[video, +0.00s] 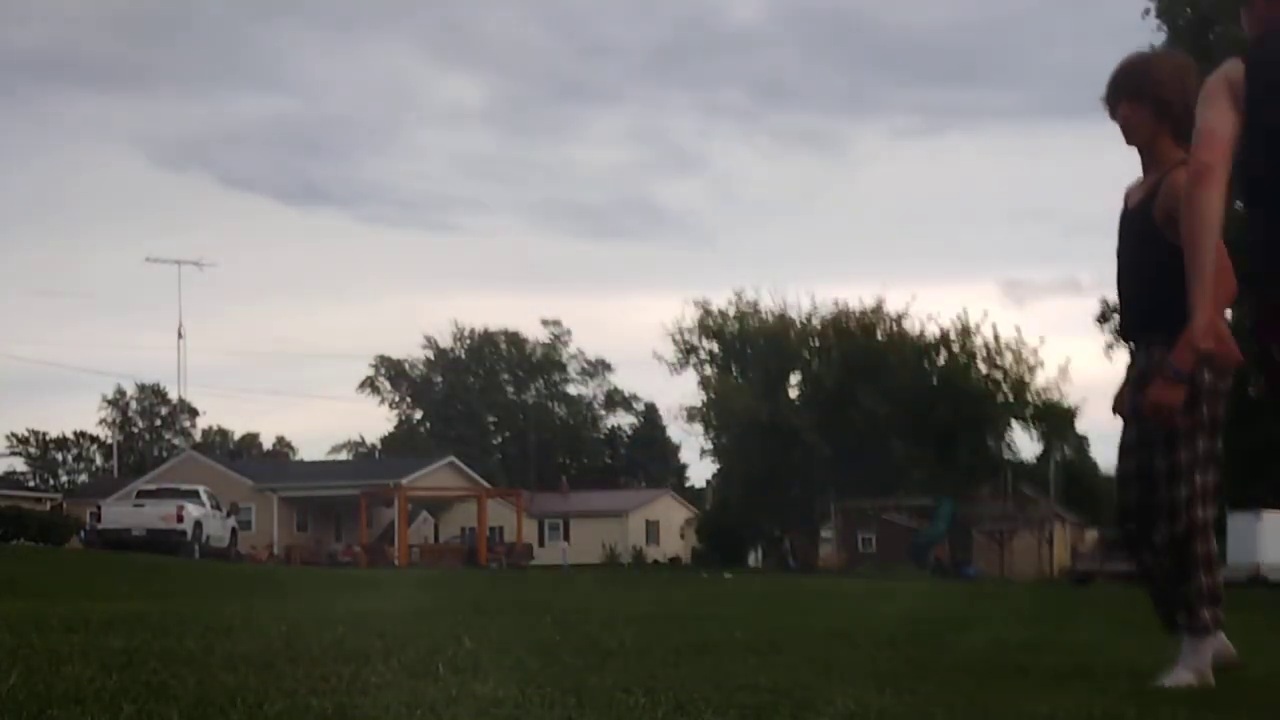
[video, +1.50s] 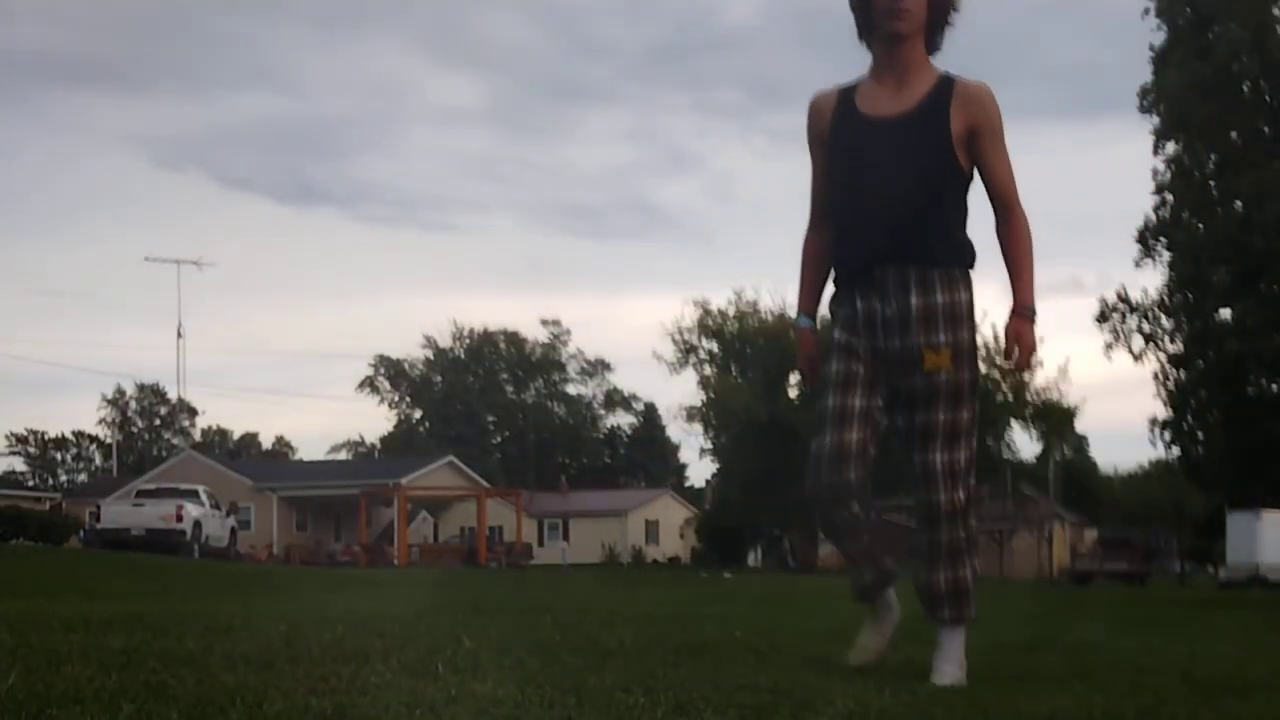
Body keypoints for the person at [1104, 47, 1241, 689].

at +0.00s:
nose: (1117, 123)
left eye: (1123, 111)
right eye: (1115, 112)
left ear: (1155, 108)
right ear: (1141, 111)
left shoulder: (1185, 185)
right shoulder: (1138, 193)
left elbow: (1220, 283)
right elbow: (1150, 290)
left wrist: (1178, 367)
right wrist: (1135, 369)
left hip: (1192, 359)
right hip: (1150, 360)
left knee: (1186, 499)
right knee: (1146, 502)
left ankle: (1198, 648)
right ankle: (1202, 633)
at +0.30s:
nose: (1129, 97)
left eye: (1144, 89)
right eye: (1119, 88)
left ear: (1167, 107)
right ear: (1105, 105)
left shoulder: (1168, 172)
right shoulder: (1108, 191)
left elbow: (1209, 264)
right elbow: (1123, 294)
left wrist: (1159, 348)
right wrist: (1097, 369)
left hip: (1174, 354)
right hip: (1120, 360)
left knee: (1183, 499)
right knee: (1074, 500)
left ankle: (1199, 656)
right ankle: (1124, 636)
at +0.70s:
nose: (1027, 82)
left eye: (1039, 71)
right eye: (1013, 78)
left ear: (1067, 86)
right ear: (1000, 103)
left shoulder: (1104, 164)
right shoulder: (1000, 196)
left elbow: (1167, 254)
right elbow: (1012, 290)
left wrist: (1202, 350)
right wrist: (1003, 370)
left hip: (1097, 354)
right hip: (1027, 360)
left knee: (1114, 502)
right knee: (1008, 507)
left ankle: (1178, 636)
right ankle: (1037, 657)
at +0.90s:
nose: (987, 58)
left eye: (999, 46)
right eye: (973, 53)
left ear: (1026, 59)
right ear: (960, 74)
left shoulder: (1071, 141)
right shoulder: (952, 172)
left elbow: (1128, 231)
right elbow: (951, 272)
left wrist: (1145, 328)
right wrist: (919, 356)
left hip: (1059, 331)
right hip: (993, 339)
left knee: (1038, 477)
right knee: (997, 493)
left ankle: (1082, 595)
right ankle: (1032, 646)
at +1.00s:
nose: (974, 53)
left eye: (986, 40)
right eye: (960, 46)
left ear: (1012, 54)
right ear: (945, 68)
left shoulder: (1056, 139)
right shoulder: (932, 162)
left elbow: (1104, 234)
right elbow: (921, 265)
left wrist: (1109, 327)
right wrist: (879, 334)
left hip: (1041, 327)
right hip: (973, 336)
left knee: (1017, 474)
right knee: (987, 486)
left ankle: (1019, 627)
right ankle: (1032, 641)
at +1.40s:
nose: (916, 9)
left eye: (930, 0)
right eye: (904, 2)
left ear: (955, 16)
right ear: (887, 18)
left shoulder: (989, 111)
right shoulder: (853, 118)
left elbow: (1026, 225)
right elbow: (842, 228)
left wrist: (1032, 326)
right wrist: (819, 319)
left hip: (957, 310)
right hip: (881, 314)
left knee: (942, 479)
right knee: (879, 483)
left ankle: (952, 632)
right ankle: (957, 600)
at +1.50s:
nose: (897, 2)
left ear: (934, 9)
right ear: (861, 11)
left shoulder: (968, 100)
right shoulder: (829, 108)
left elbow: (1009, 211)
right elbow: (821, 222)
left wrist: (1024, 310)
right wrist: (806, 317)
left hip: (939, 301)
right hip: (856, 306)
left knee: (942, 478)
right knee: (834, 478)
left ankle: (951, 631)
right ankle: (880, 596)